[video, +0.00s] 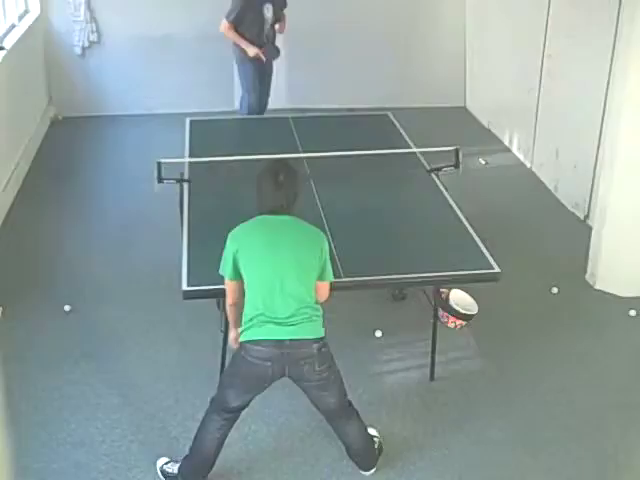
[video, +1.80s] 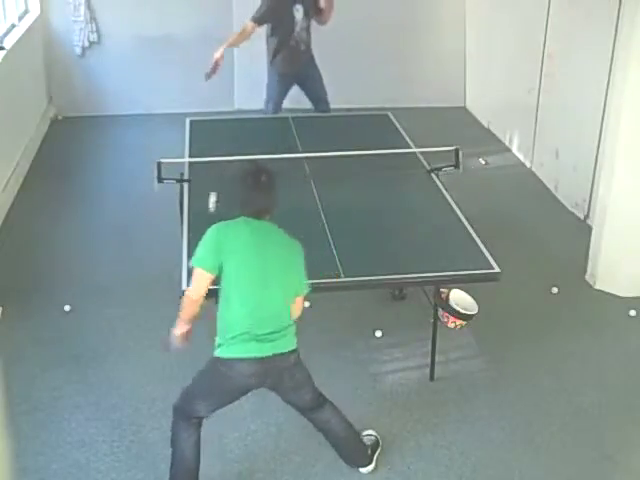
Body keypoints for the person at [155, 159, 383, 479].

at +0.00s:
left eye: (267, 190)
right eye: (290, 190)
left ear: (260, 194)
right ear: (295, 194)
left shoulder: (239, 236)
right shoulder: (315, 236)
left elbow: (233, 297)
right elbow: (322, 294)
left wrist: (233, 328)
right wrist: (294, 280)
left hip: (257, 351)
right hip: (309, 349)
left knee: (222, 412)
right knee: (339, 410)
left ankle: (188, 472)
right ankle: (367, 458)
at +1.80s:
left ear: (238, 197)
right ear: (272, 200)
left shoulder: (220, 234)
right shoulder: (291, 245)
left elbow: (196, 293)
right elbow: (296, 310)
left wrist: (182, 326)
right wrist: (266, 321)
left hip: (236, 364)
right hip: (285, 360)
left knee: (187, 414)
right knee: (317, 406)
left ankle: (183, 476)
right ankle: (364, 459)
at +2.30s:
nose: (223, 189)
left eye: (223, 181)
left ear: (224, 187)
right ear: (260, 184)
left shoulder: (231, 232)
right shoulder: (277, 223)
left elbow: (237, 295)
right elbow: (283, 276)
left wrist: (226, 355)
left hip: (259, 354)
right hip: (299, 343)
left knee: (210, 420)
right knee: (325, 398)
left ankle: (190, 475)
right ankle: (366, 455)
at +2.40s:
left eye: (221, 186)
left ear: (221, 192)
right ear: (258, 188)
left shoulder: (226, 241)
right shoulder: (277, 227)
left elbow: (227, 310)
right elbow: (291, 249)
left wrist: (208, 370)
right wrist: (302, 249)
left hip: (262, 359)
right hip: (304, 345)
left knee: (208, 416)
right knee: (324, 390)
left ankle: (187, 475)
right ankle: (365, 449)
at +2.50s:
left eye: (217, 195)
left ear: (216, 201)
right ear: (251, 198)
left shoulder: (213, 251)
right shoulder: (278, 236)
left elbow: (202, 321)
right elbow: (304, 286)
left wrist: (167, 376)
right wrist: (313, 267)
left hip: (255, 365)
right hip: (300, 353)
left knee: (200, 409)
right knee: (323, 391)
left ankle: (184, 475)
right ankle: (365, 448)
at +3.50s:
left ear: (225, 207)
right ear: (264, 204)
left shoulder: (211, 266)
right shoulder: (295, 245)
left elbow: (202, 345)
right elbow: (340, 293)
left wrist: (184, 412)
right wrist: (310, 323)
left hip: (234, 399)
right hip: (292, 395)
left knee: (196, 461)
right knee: (318, 449)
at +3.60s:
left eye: (216, 216)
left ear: (212, 223)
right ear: (251, 222)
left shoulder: (191, 282)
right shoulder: (284, 267)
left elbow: (167, 356)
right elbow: (320, 322)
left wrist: (141, 421)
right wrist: (293, 351)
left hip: (219, 414)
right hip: (280, 407)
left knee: (183, 473)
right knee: (312, 452)